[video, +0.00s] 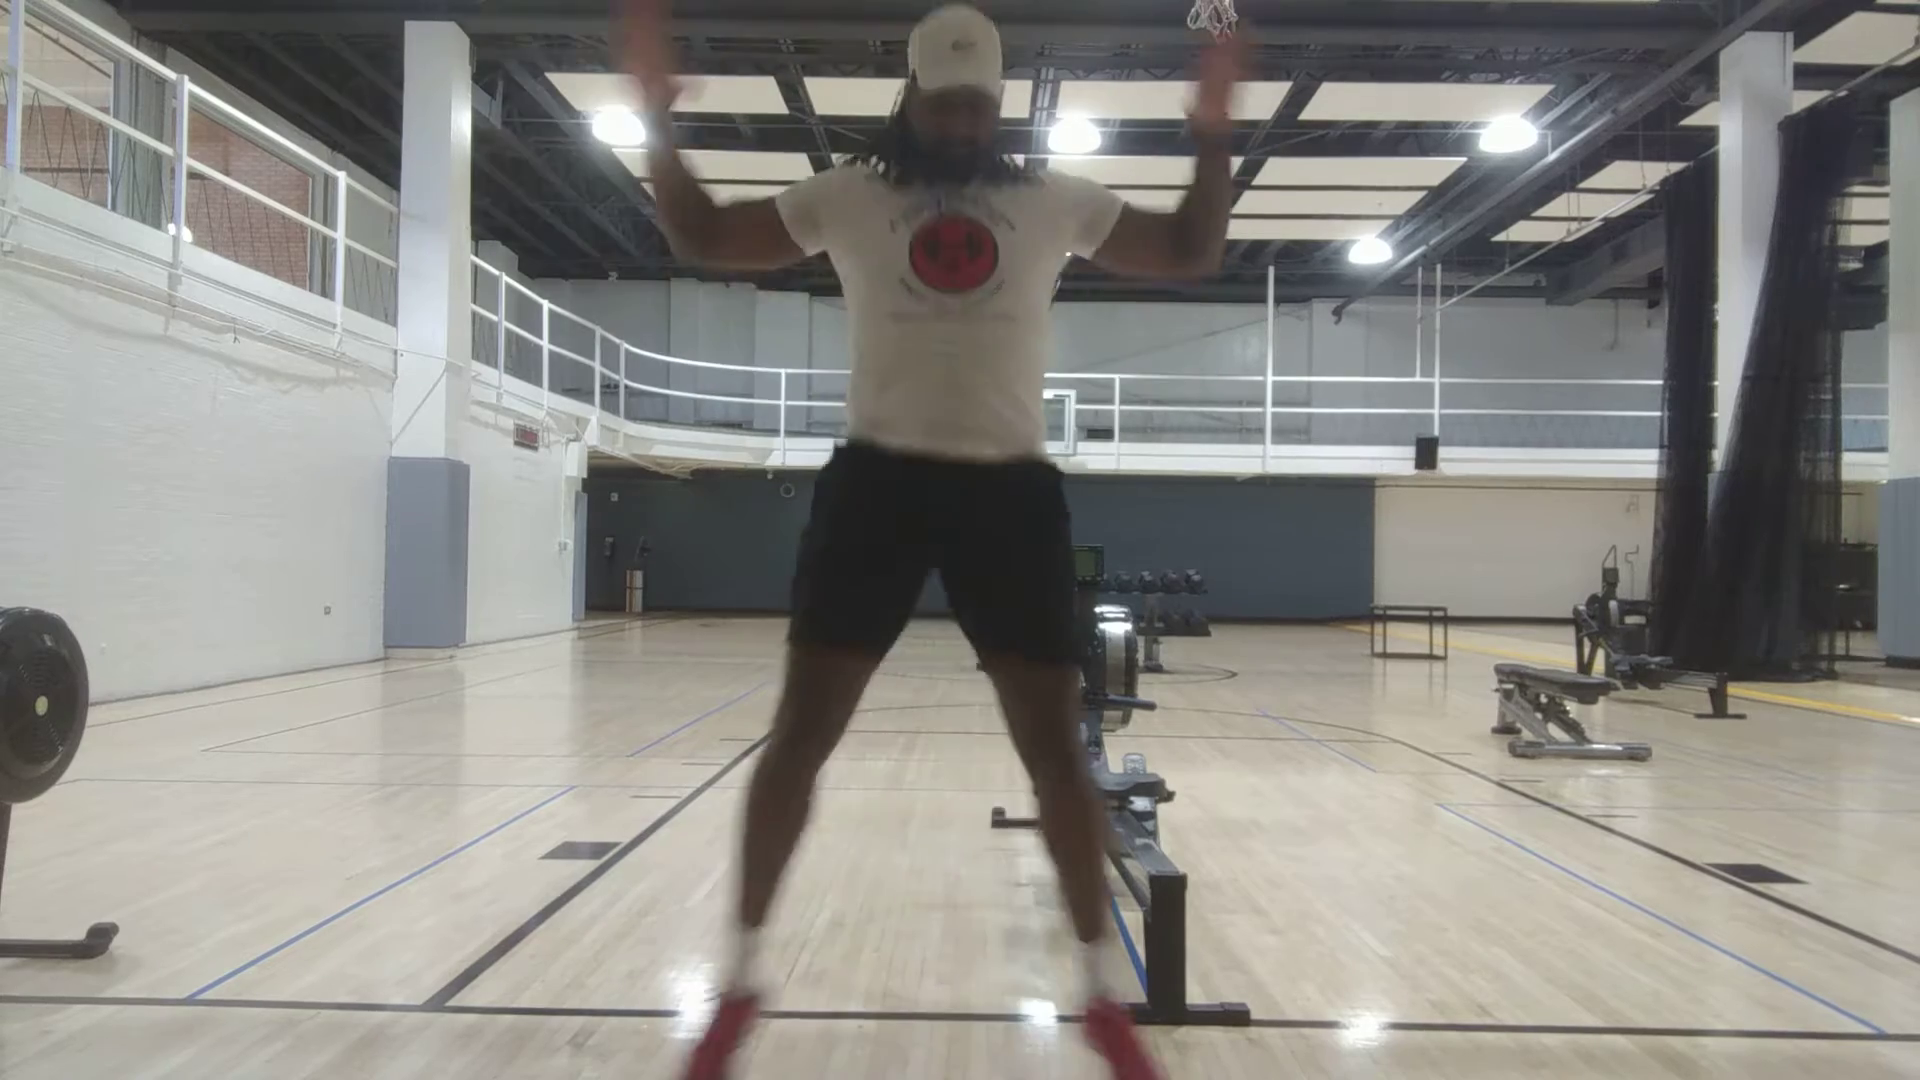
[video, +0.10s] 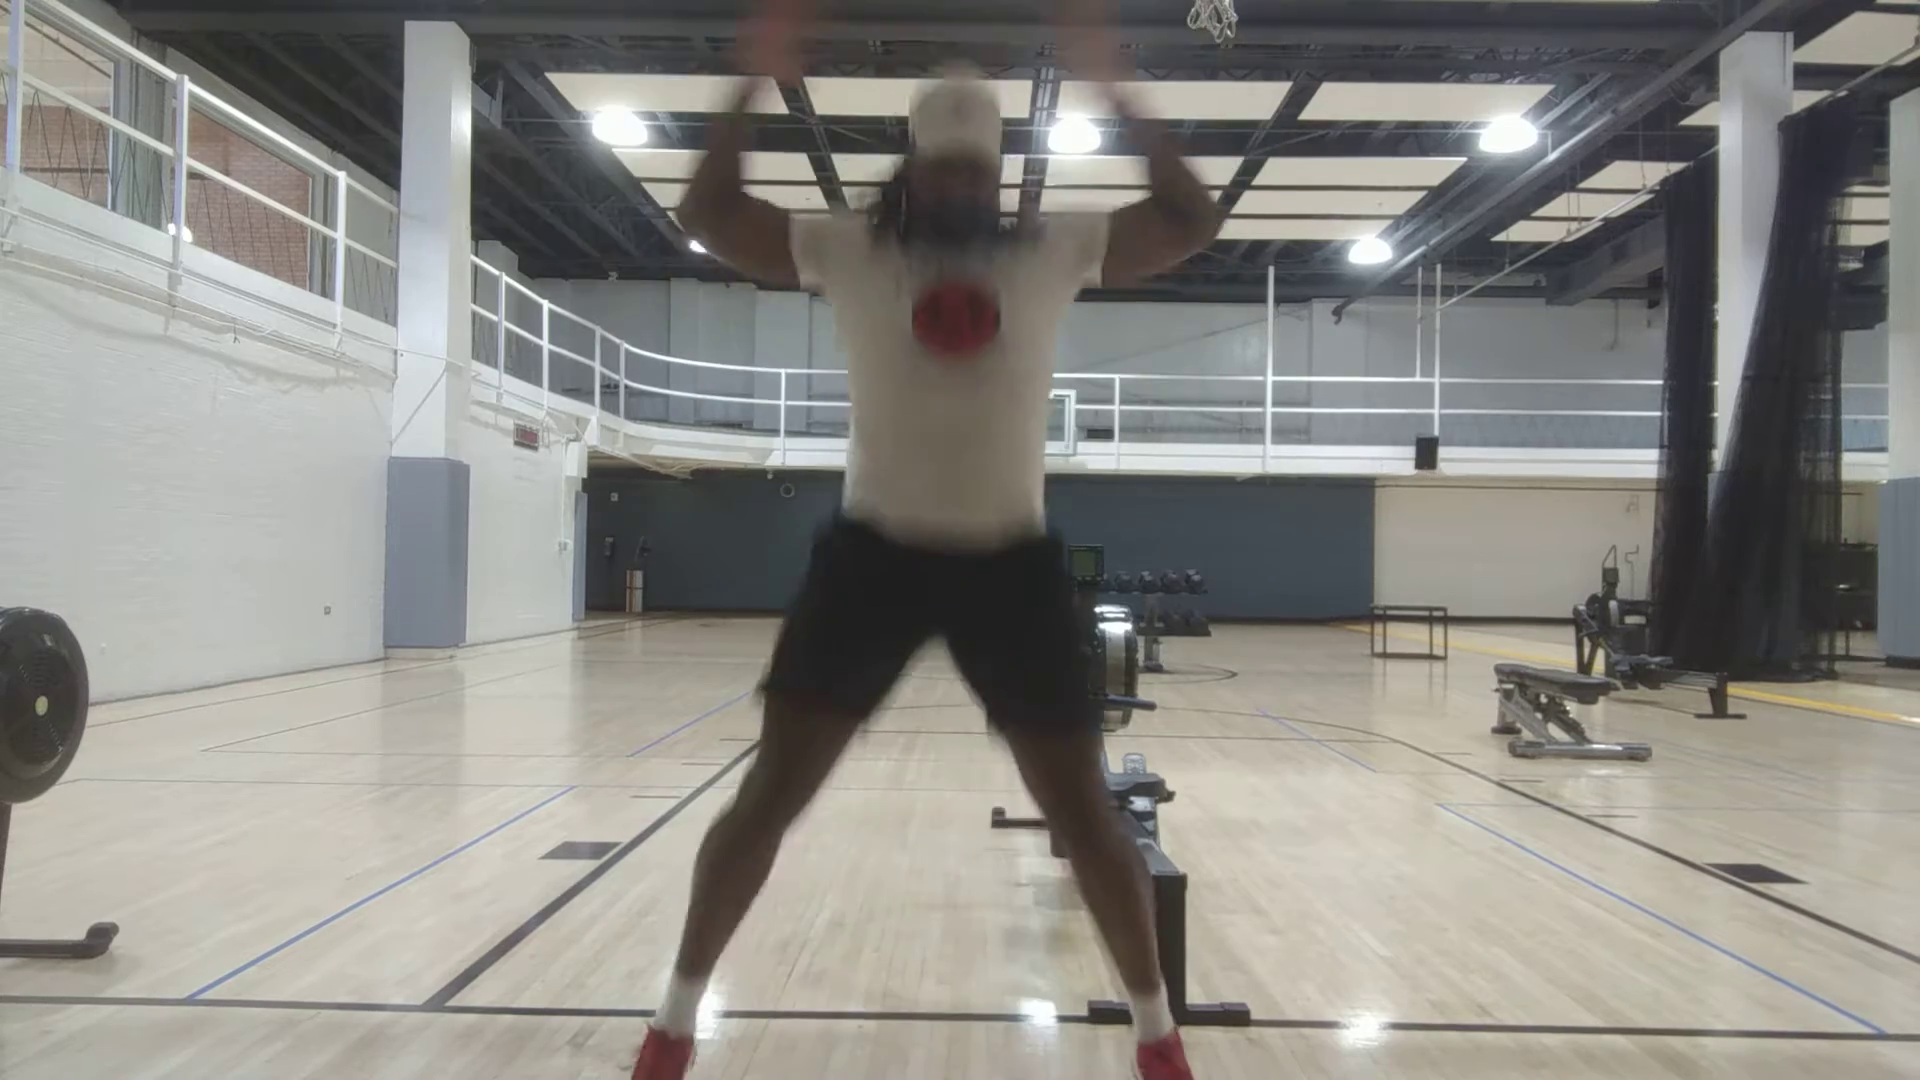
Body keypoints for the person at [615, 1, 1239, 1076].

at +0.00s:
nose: (961, 123)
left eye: (977, 104)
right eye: (942, 104)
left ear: (1004, 105)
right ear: (907, 103)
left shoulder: (1055, 200)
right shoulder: (851, 195)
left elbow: (1190, 252)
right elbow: (703, 235)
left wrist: (1214, 124)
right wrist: (656, 112)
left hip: (1011, 493)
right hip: (875, 485)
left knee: (1057, 747)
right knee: (802, 733)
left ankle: (1104, 989)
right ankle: (739, 977)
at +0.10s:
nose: (960, 180)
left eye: (977, 163)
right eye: (943, 161)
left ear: (1004, 168)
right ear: (909, 165)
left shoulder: (1054, 252)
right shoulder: (848, 248)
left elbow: (1189, 219)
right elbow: (709, 213)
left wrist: (1123, 97)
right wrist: (749, 86)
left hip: (1012, 566)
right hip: (873, 558)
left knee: (1080, 806)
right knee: (772, 795)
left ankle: (1159, 1036)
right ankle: (677, 1021)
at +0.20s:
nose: (956, 230)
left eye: (972, 214)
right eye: (939, 213)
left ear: (998, 220)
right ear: (904, 223)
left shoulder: (1050, 300)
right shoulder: (842, 300)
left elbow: (1177, 241)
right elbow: (723, 229)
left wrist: (1039, 148)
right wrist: (829, 130)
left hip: (1012, 625)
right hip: (869, 620)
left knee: (1089, 854)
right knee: (768, 845)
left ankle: (1159, 1048)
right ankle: (678, 1042)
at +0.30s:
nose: (945, 175)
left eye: (962, 158)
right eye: (929, 157)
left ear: (991, 174)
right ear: (898, 171)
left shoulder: (1043, 281)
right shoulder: (840, 270)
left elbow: (1193, 268)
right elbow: (696, 241)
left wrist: (1186, 121)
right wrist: (715, 95)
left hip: (1008, 566)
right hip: (866, 562)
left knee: (1075, 796)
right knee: (771, 782)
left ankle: (1143, 1017)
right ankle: (692, 1012)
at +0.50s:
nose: (937, 89)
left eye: (954, 71)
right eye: (919, 71)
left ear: (980, 87)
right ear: (886, 87)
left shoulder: (1035, 211)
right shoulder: (833, 215)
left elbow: (1092, 348)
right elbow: (761, 340)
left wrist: (1162, 332)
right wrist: (724, 325)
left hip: (997, 501)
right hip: (866, 498)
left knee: (993, 766)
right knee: (849, 760)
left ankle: (967, 1001)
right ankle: (868, 997)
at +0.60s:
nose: (928, 133)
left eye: (946, 117)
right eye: (910, 116)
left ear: (973, 140)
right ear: (880, 137)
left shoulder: (1028, 279)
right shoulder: (829, 275)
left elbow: (1051, 417)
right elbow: (804, 424)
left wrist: (1051, 426)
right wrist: (799, 417)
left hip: (989, 557)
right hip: (863, 552)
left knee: (982, 820)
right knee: (857, 810)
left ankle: (957, 1030)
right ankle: (875, 1033)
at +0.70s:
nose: (922, 176)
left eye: (940, 159)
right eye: (904, 159)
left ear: (967, 181)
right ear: (877, 180)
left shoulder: (1023, 314)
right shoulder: (823, 317)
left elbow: (1069, 445)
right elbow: (781, 454)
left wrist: (1065, 464)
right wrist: (812, 479)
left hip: (987, 592)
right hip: (859, 591)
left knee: (978, 835)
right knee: (858, 829)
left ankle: (952, 1035)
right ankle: (883, 1039)